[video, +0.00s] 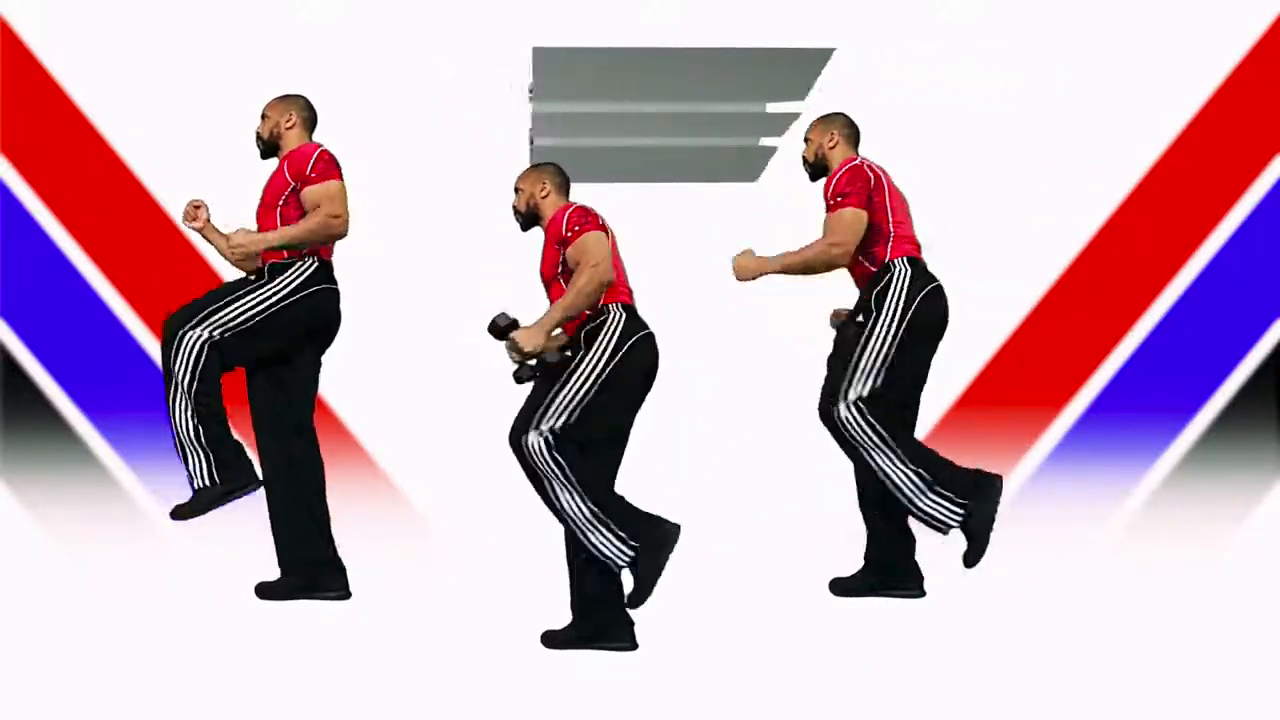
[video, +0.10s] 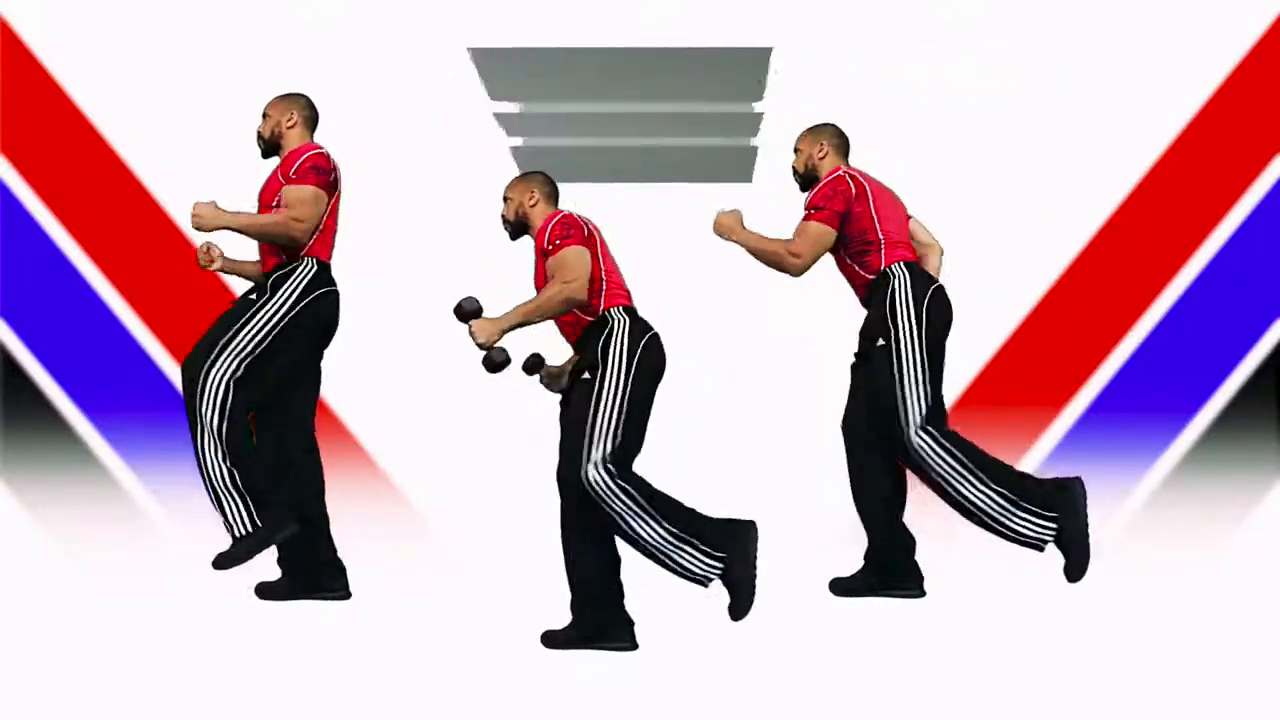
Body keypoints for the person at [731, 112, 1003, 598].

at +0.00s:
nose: (804, 152)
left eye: (809, 142)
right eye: (804, 144)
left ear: (834, 139)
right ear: (840, 141)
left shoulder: (853, 173)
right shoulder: (869, 180)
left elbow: (837, 248)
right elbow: (890, 261)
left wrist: (766, 264)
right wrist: (860, 309)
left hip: (899, 289)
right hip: (907, 296)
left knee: (846, 407)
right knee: (877, 426)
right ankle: (890, 566)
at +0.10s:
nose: (794, 162)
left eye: (800, 152)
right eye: (794, 154)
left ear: (824, 151)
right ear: (836, 155)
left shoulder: (837, 184)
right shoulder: (866, 190)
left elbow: (795, 257)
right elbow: (929, 246)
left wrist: (738, 234)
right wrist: (914, 308)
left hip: (903, 296)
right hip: (893, 306)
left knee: (915, 432)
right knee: (864, 432)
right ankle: (891, 565)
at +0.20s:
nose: (785, 172)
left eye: (791, 163)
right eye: (787, 164)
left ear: (814, 162)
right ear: (830, 164)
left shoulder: (826, 198)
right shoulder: (865, 198)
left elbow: (772, 261)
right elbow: (936, 231)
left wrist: (733, 221)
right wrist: (944, 298)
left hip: (907, 304)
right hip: (895, 314)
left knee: (960, 429)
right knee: (864, 435)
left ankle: (1104, 529)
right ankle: (890, 566)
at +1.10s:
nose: (772, 186)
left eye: (777, 176)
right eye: (771, 178)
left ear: (803, 173)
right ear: (810, 175)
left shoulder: (822, 203)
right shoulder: (847, 206)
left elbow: (808, 277)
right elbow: (914, 253)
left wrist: (747, 289)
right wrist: (908, 314)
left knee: (949, 433)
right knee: (860, 438)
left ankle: (1092, 526)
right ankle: (890, 575)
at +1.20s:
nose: (775, 178)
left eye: (779, 168)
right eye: (774, 171)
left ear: (804, 163)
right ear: (806, 165)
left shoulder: (830, 188)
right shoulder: (831, 207)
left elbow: (858, 252)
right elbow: (874, 285)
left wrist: (803, 304)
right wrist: (828, 319)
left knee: (885, 423)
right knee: (860, 432)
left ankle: (1008, 508)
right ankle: (890, 570)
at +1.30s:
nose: (781, 167)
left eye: (785, 157)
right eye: (780, 160)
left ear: (810, 152)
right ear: (812, 155)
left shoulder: (842, 176)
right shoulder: (830, 212)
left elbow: (892, 221)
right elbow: (840, 287)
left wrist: (877, 295)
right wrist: (780, 284)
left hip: (904, 286)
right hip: (899, 299)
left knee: (815, 371)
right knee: (881, 430)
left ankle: (882, 491)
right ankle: (892, 573)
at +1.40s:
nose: (784, 159)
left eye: (789, 148)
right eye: (785, 151)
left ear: (814, 145)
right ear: (814, 149)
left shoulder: (848, 165)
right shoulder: (835, 206)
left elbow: (913, 195)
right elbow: (803, 270)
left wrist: (935, 269)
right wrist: (750, 241)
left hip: (900, 271)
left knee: (788, 317)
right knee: (884, 442)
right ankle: (897, 571)